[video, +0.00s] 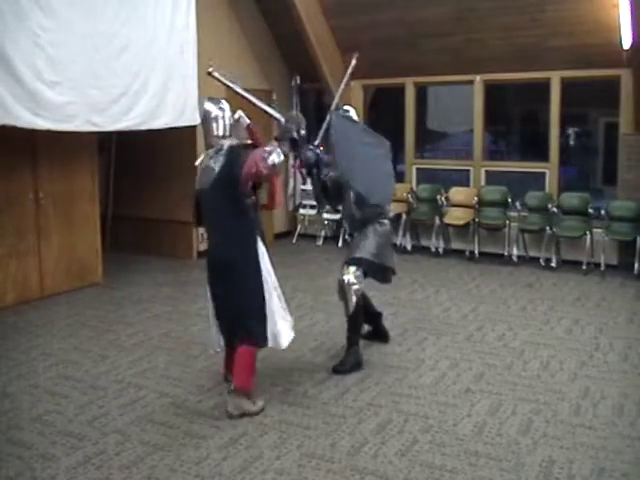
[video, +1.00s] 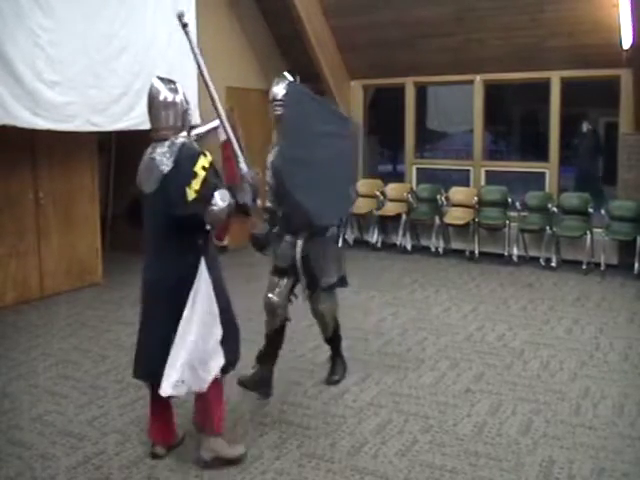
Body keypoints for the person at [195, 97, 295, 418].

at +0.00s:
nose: (250, 130)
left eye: (246, 125)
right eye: (247, 127)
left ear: (216, 132)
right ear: (242, 130)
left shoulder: (207, 162)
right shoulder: (245, 158)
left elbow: (199, 214)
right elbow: (266, 163)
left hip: (217, 250)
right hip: (243, 248)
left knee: (230, 314)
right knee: (252, 317)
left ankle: (232, 373)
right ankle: (241, 393)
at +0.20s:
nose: (217, 123)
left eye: (214, 118)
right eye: (218, 117)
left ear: (198, 123)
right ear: (224, 122)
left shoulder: (192, 159)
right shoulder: (234, 153)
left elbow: (188, 209)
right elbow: (248, 197)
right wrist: (266, 189)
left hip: (208, 251)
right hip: (237, 249)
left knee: (219, 320)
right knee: (244, 320)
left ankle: (218, 384)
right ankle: (238, 395)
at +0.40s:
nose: (212, 124)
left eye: (204, 121)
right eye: (212, 120)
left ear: (185, 127)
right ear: (215, 126)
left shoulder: (179, 161)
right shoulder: (225, 159)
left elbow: (174, 210)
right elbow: (239, 201)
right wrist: (261, 189)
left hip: (195, 257)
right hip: (229, 256)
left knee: (197, 327)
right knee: (242, 324)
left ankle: (178, 396)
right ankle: (239, 397)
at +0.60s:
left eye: (179, 125)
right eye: (199, 127)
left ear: (166, 132)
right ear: (199, 132)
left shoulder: (159, 168)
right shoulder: (206, 164)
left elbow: (156, 221)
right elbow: (229, 196)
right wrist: (245, 160)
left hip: (170, 265)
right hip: (206, 264)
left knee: (167, 343)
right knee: (225, 328)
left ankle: (161, 435)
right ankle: (238, 398)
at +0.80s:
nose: (187, 118)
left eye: (182, 114)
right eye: (184, 113)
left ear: (150, 122)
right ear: (181, 118)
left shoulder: (152, 159)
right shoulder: (189, 156)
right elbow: (236, 200)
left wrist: (226, 163)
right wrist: (241, 164)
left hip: (162, 263)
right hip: (196, 261)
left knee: (161, 338)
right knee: (213, 326)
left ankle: (161, 433)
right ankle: (219, 402)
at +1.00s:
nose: (189, 114)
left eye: (183, 109)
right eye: (186, 109)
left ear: (152, 117)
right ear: (184, 114)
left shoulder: (150, 157)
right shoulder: (190, 156)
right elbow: (217, 211)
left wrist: (203, 138)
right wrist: (227, 196)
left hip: (159, 267)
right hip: (194, 267)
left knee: (160, 348)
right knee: (210, 344)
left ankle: (162, 435)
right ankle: (212, 438)